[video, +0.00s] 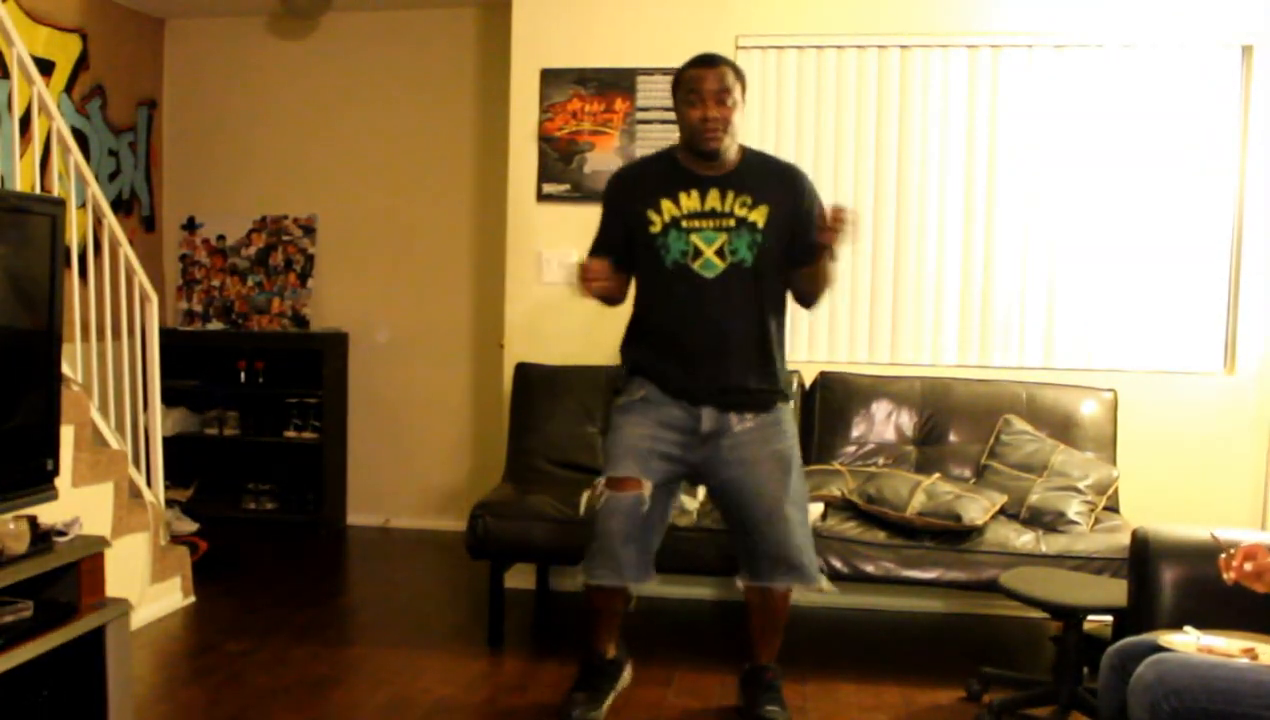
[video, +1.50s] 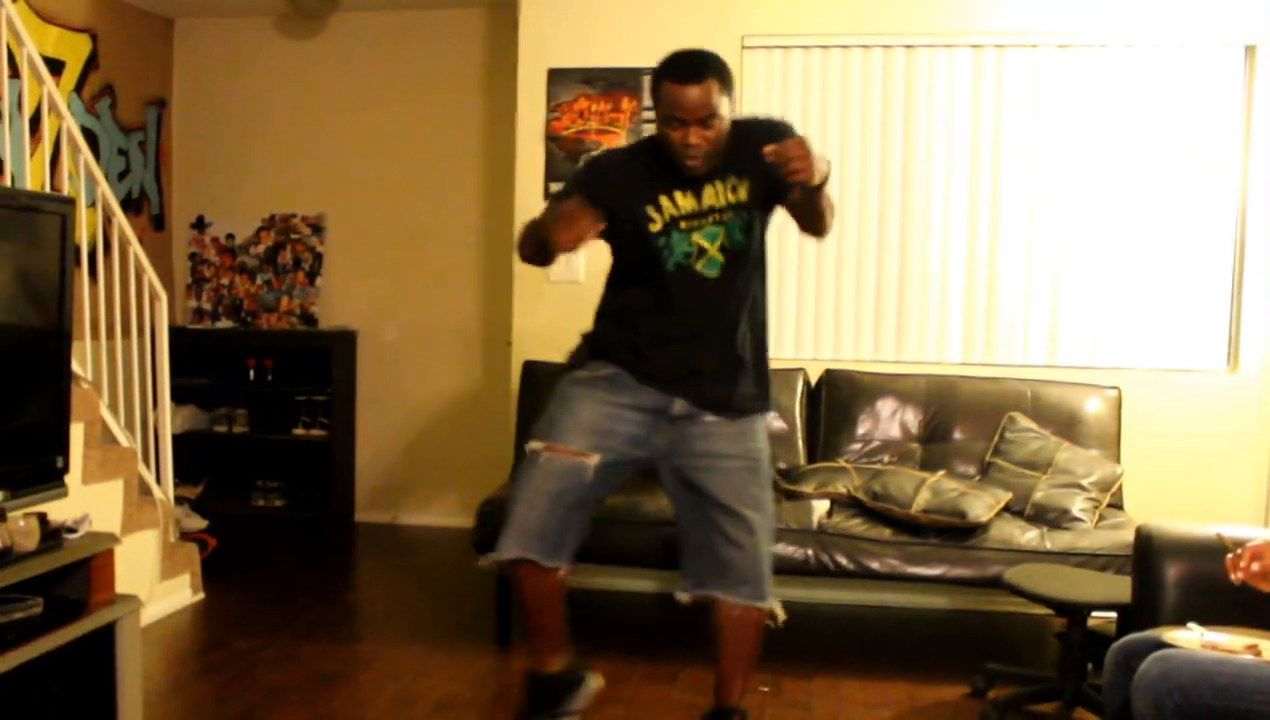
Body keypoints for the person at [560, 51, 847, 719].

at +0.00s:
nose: (709, 111)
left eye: (722, 98)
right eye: (695, 99)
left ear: (741, 106)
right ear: (676, 109)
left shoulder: (785, 187)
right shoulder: (634, 186)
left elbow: (807, 294)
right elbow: (615, 289)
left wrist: (824, 250)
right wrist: (598, 280)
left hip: (753, 405)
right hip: (654, 398)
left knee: (779, 546)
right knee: (617, 521)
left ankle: (762, 676)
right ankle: (603, 662)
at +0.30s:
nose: (656, 107)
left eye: (669, 94)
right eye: (641, 94)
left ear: (689, 101)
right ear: (621, 103)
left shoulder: (731, 180)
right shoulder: (583, 180)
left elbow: (775, 271)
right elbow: (549, 280)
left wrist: (743, 329)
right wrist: (620, 280)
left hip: (700, 403)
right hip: (602, 398)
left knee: (737, 557)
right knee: (580, 542)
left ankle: (754, 673)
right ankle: (549, 699)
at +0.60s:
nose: (617, 119)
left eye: (630, 106)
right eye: (603, 105)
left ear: (650, 106)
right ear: (580, 106)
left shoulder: (694, 162)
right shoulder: (547, 181)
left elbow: (747, 252)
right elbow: (533, 291)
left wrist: (776, 357)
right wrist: (521, 389)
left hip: (632, 387)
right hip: (550, 381)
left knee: (581, 535)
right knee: (525, 536)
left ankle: (597, 684)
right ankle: (542, 695)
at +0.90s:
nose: (627, 114)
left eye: (642, 101)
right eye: (613, 100)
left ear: (661, 101)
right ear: (588, 98)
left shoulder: (702, 176)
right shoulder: (549, 166)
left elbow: (736, 281)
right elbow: (515, 255)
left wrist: (763, 389)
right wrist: (481, 343)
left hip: (691, 409)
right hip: (578, 406)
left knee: (738, 576)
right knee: (520, 546)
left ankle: (723, 706)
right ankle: (541, 693)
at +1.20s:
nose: (685, 144)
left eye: (701, 130)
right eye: (672, 128)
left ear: (724, 124)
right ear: (651, 118)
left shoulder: (759, 190)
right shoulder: (601, 175)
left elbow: (823, 283)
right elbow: (528, 240)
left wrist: (806, 256)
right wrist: (466, 312)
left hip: (740, 416)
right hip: (643, 409)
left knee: (752, 602)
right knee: (670, 565)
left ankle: (724, 715)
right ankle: (602, 697)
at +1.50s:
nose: (692, 137)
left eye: (706, 121)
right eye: (676, 122)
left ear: (728, 110)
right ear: (655, 114)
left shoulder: (761, 148)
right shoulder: (620, 172)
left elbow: (817, 227)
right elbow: (531, 250)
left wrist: (810, 184)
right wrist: (552, 235)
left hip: (726, 396)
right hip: (616, 379)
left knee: (745, 568)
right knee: (530, 537)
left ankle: (729, 710)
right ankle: (555, 678)